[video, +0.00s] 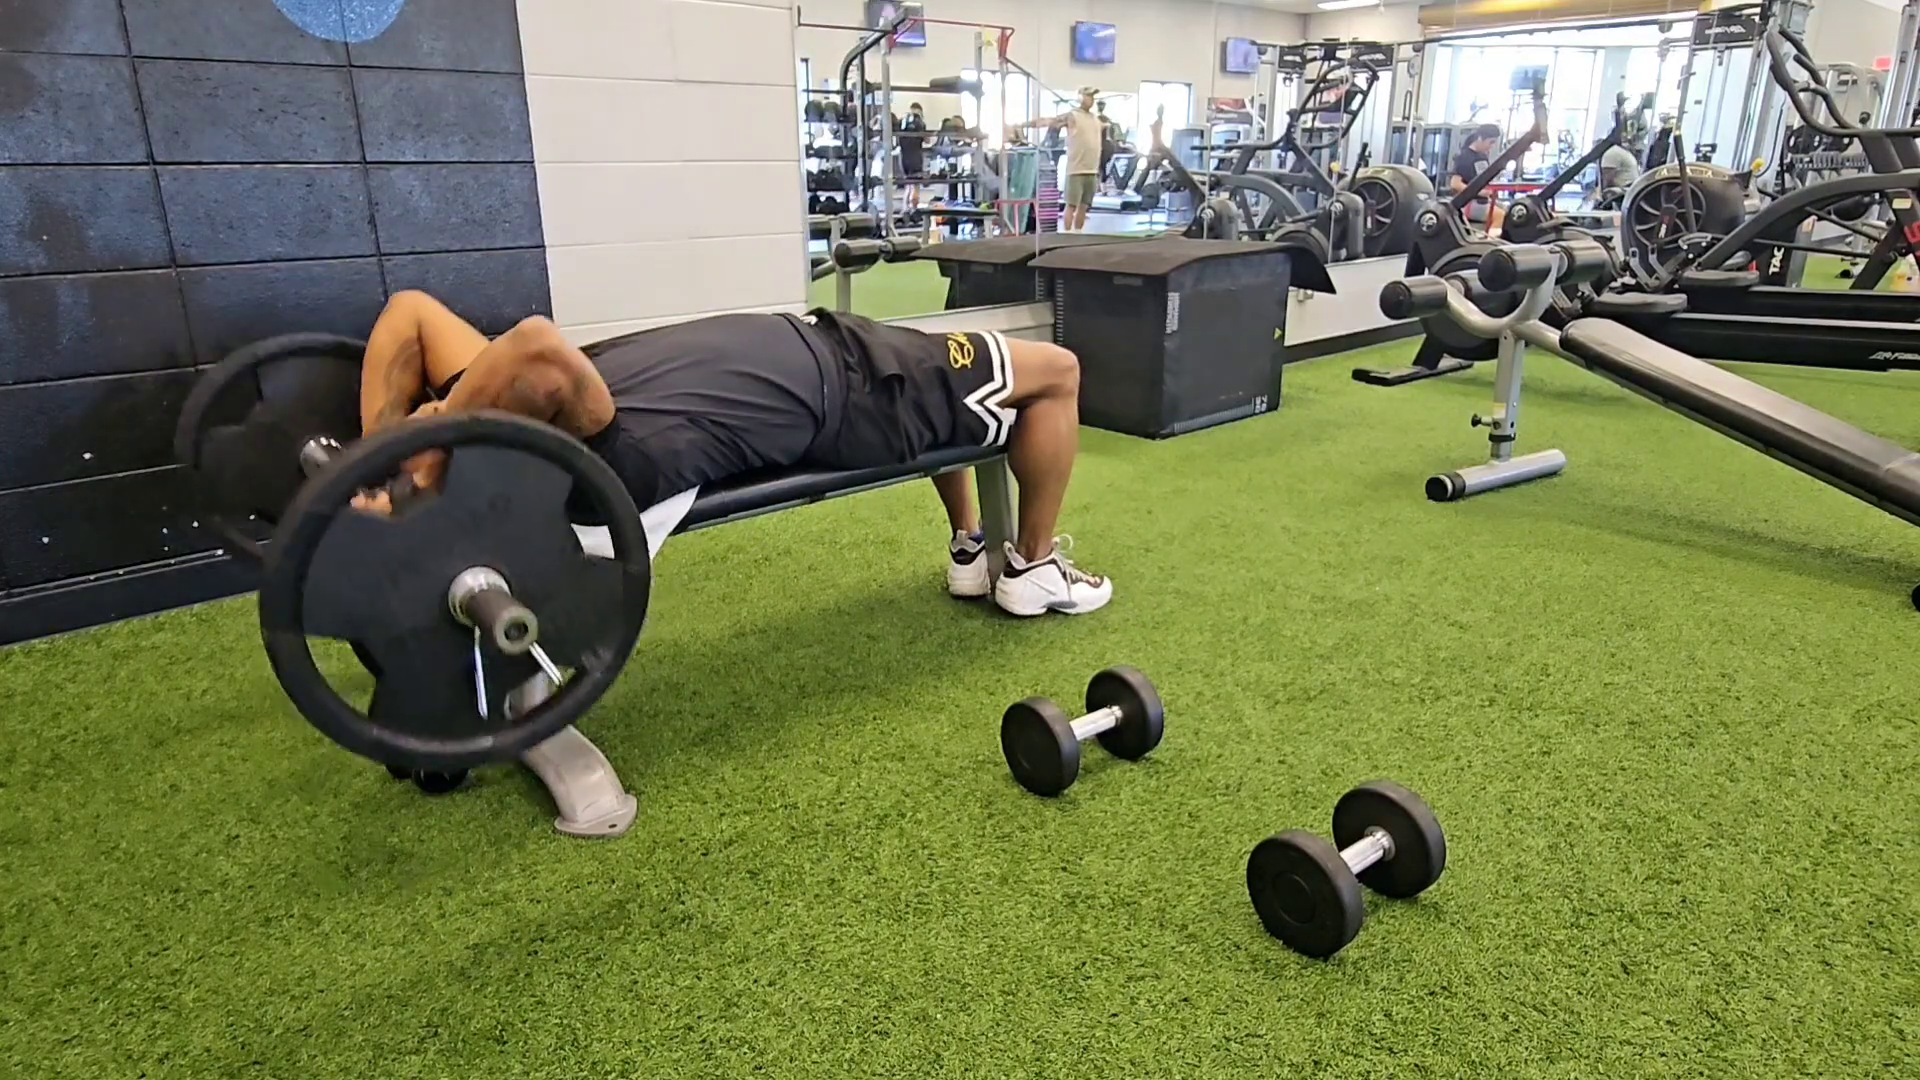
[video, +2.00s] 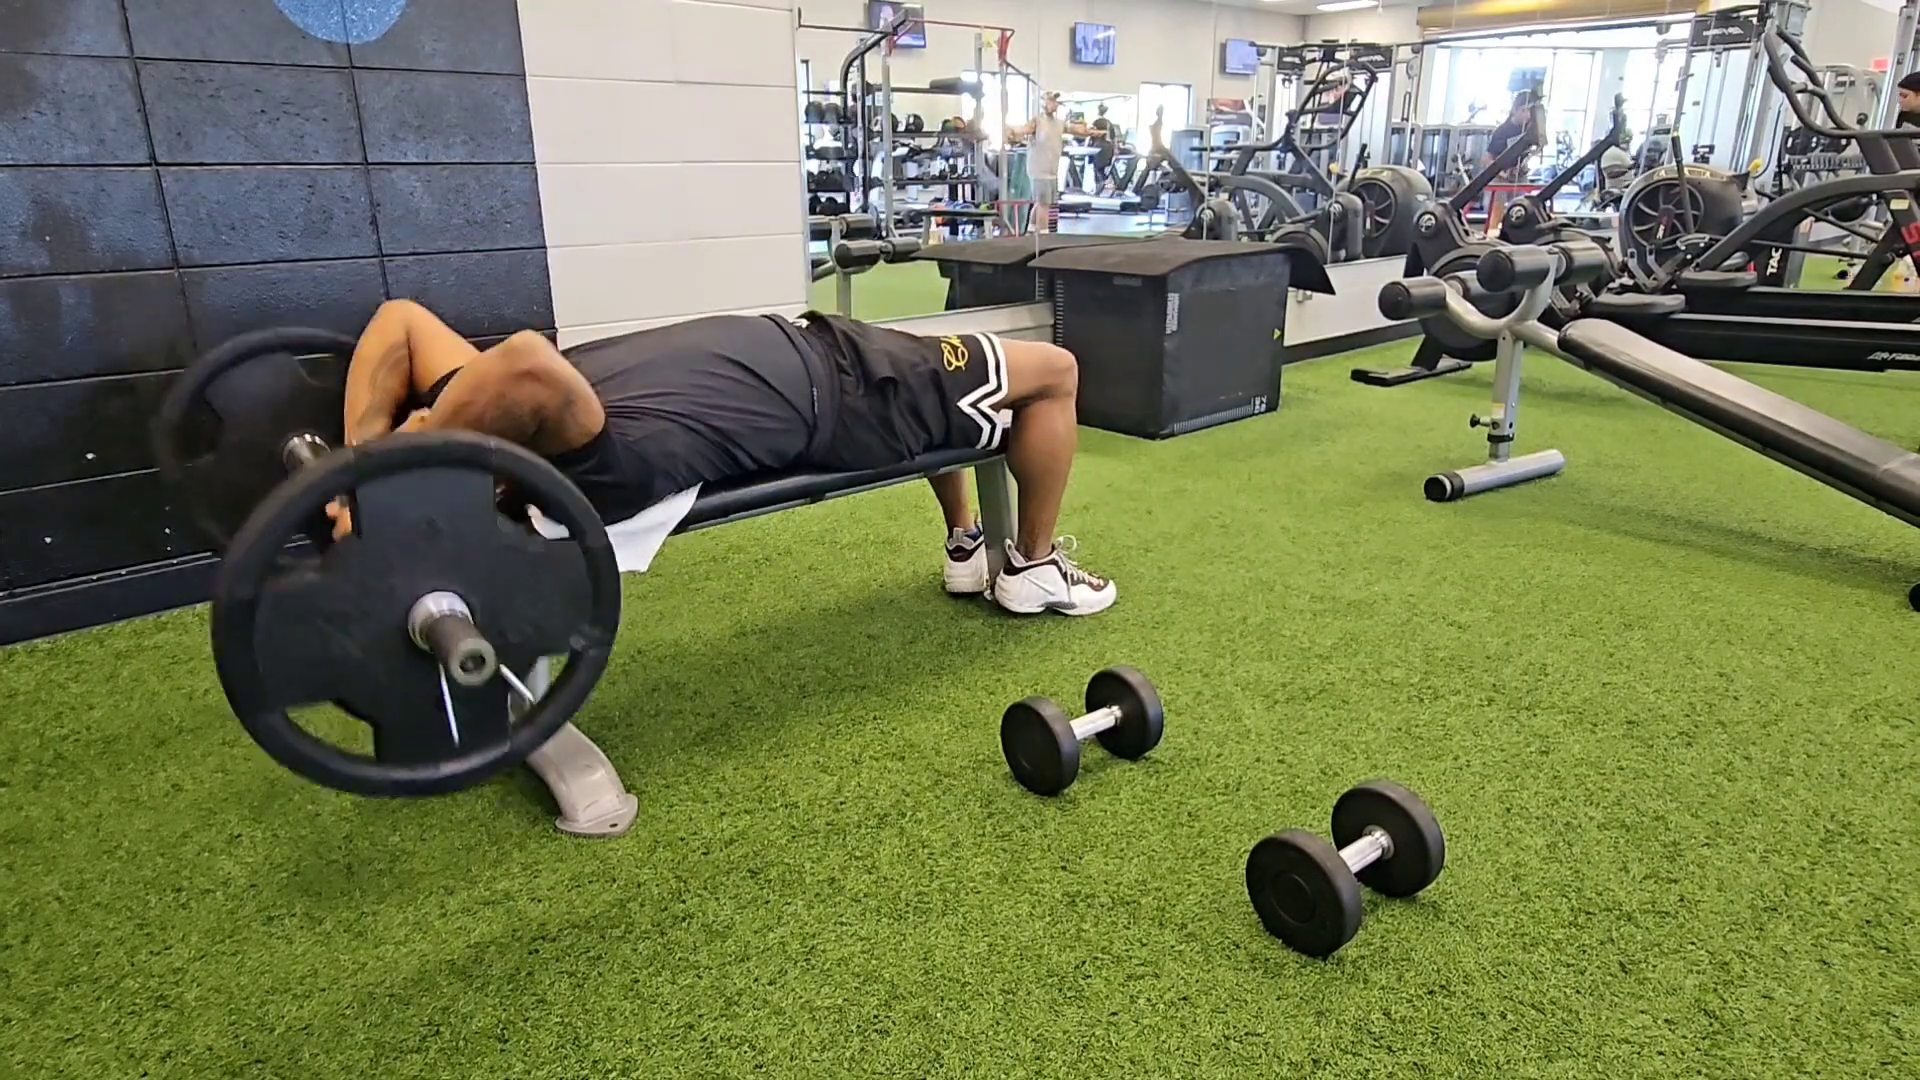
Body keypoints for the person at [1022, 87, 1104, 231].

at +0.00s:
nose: (1092, 100)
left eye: (1093, 97)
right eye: (1090, 96)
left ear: (1092, 100)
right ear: (1081, 98)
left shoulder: (1096, 120)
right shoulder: (1072, 116)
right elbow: (1048, 122)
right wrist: (1023, 125)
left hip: (1091, 169)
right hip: (1076, 169)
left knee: (1084, 207)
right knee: (1072, 206)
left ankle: (1078, 235)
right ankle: (1067, 235)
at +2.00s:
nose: (1055, 105)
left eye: (1056, 102)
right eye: (1052, 101)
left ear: (1056, 104)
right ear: (1045, 103)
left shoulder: (1060, 124)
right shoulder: (1037, 121)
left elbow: (1077, 130)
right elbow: (1024, 130)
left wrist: (1094, 132)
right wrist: (1011, 131)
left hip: (1052, 169)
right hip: (1039, 170)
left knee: (1043, 203)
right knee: (1043, 204)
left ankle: (1031, 230)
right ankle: (1044, 234)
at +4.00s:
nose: (1054, 106)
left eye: (1056, 104)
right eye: (1051, 103)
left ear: (1057, 106)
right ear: (1043, 104)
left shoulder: (1058, 125)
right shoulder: (1034, 120)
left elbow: (1076, 133)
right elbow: (1024, 132)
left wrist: (1094, 135)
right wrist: (1024, 135)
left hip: (1051, 170)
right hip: (1038, 170)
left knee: (1043, 204)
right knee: (1044, 204)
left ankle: (1032, 227)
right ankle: (1041, 233)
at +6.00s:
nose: (1096, 104)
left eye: (1098, 101)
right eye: (1094, 100)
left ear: (1097, 103)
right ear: (1086, 100)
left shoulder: (1098, 118)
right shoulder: (1075, 116)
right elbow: (1055, 120)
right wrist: (1033, 119)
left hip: (1092, 169)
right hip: (1076, 169)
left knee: (1083, 207)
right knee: (1077, 206)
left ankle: (1074, 235)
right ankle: (1072, 236)